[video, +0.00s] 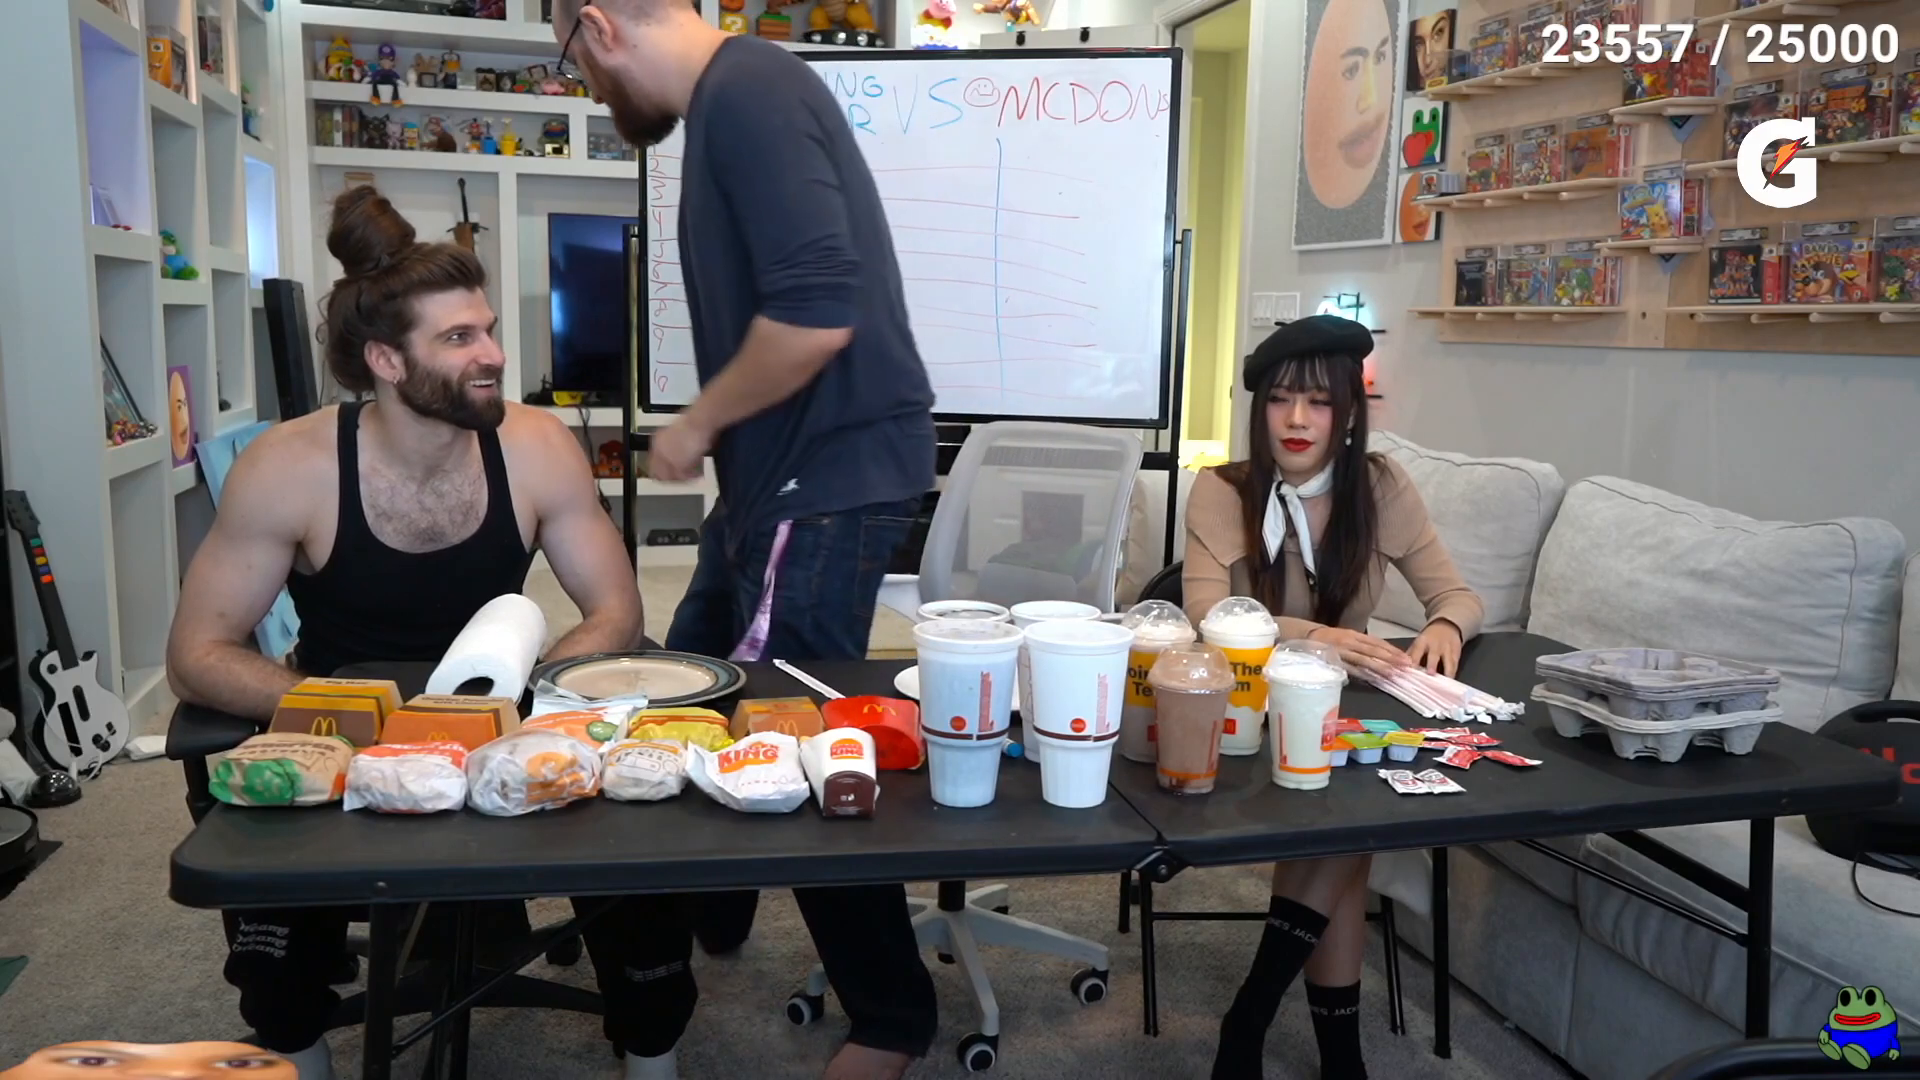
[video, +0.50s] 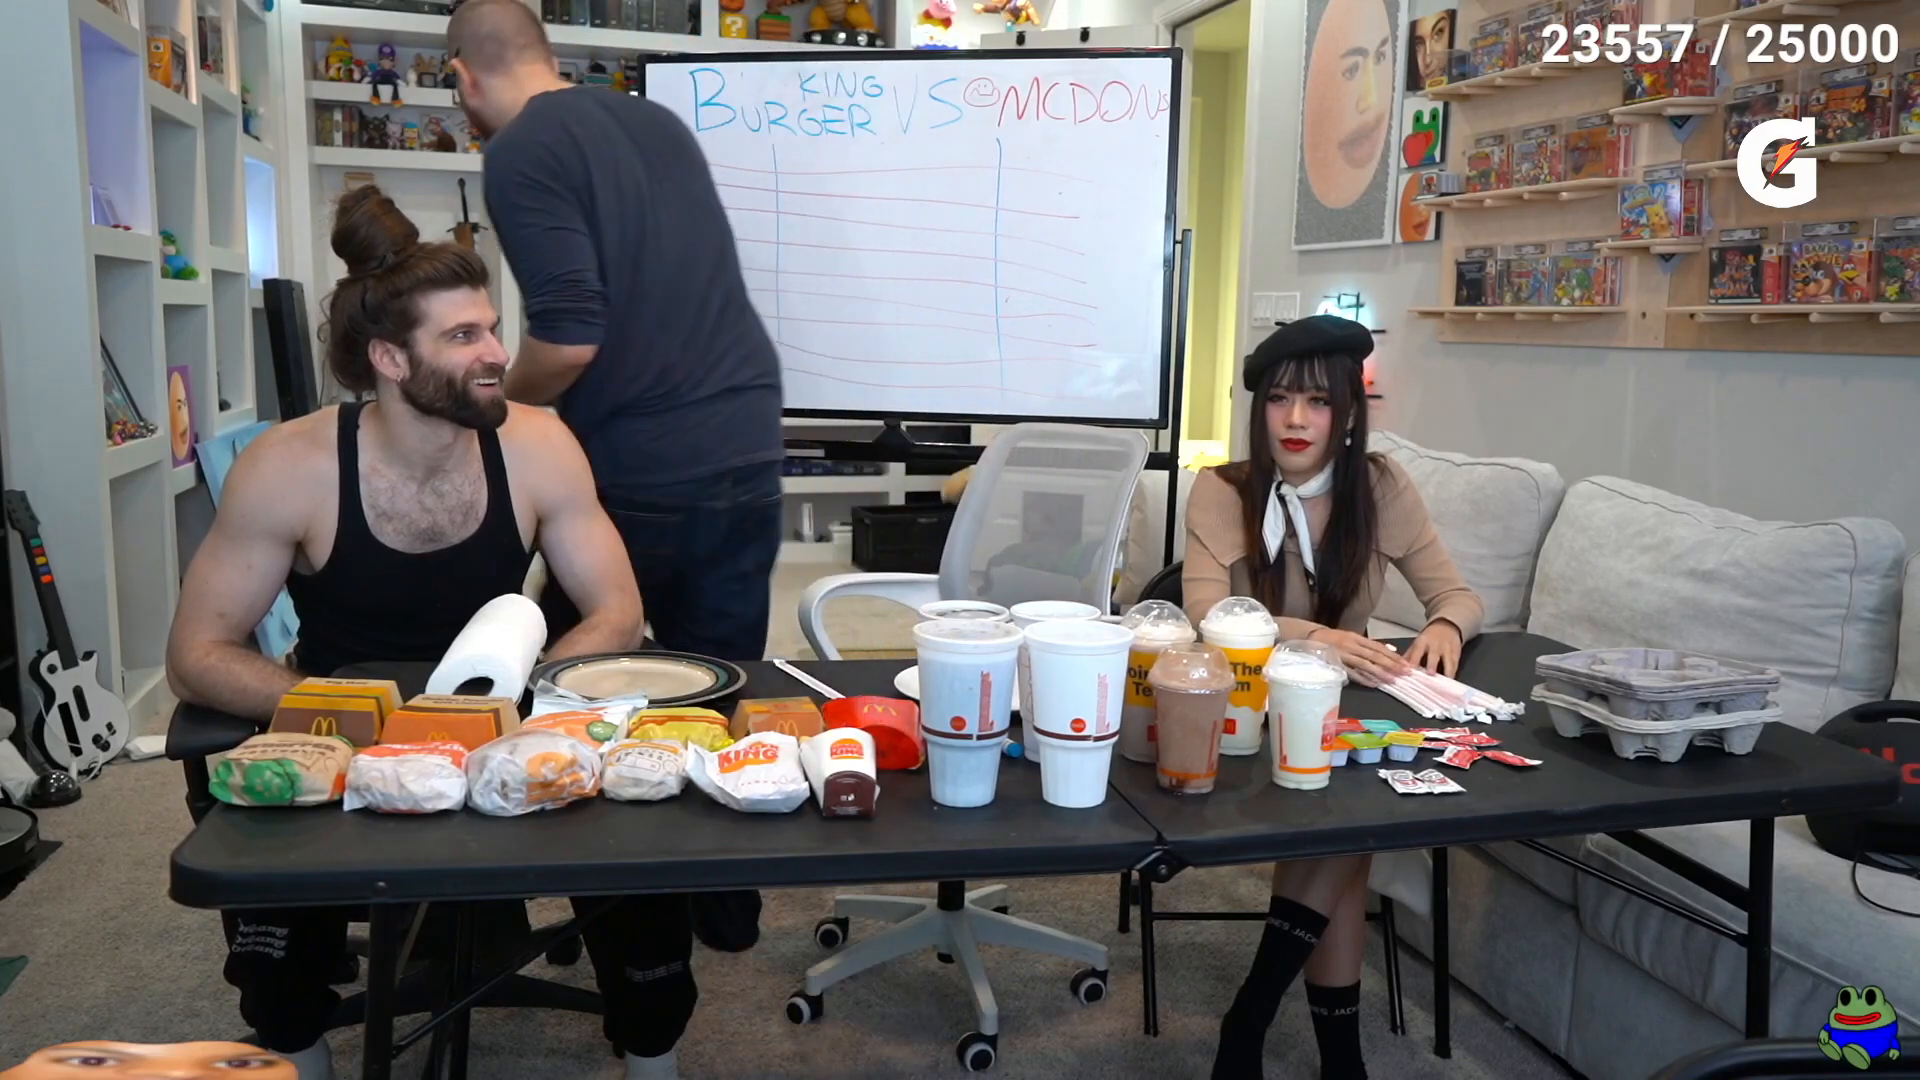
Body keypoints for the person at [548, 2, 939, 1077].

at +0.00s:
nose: (588, 89)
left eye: (576, 60)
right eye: (576, 68)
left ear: (607, 28)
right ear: (643, 21)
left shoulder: (749, 92)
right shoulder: (730, 103)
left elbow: (815, 310)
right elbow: (791, 312)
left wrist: (696, 422)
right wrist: (734, 441)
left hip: (829, 477)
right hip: (777, 477)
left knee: (795, 739)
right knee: (688, 699)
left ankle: (894, 1021)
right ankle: (710, 913)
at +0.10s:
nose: (568, 84)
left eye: (560, 57)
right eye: (558, 65)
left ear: (586, 24)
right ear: (638, 15)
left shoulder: (714, 100)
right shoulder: (717, 94)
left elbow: (757, 317)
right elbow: (758, 311)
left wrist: (652, 381)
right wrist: (664, 382)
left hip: (792, 472)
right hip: (766, 468)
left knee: (778, 741)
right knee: (703, 703)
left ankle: (894, 1016)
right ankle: (719, 903)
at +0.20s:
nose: (550, 83)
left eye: (544, 56)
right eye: (544, 61)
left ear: (570, 28)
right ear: (627, 18)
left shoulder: (679, 109)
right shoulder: (714, 97)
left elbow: (712, 322)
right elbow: (752, 301)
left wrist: (607, 359)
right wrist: (639, 360)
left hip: (754, 466)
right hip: (774, 457)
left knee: (773, 734)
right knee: (725, 703)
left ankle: (887, 1002)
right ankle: (720, 914)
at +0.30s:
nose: (519, 77)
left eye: (512, 53)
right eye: (517, 56)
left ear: (530, 32)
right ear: (607, 21)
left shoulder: (620, 120)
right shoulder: (707, 101)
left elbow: (654, 331)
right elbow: (734, 291)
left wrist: (564, 359)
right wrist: (614, 359)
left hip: (715, 460)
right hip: (779, 441)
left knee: (699, 719)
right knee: (718, 697)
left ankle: (856, 956)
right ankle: (721, 902)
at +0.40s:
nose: (489, 88)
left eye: (481, 68)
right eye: (482, 71)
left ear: (493, 55)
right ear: (576, 35)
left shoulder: (566, 137)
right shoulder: (689, 111)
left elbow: (606, 338)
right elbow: (716, 291)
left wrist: (524, 384)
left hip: (683, 477)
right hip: (774, 457)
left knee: (657, 707)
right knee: (740, 703)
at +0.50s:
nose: (462, 110)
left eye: (455, 92)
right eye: (457, 94)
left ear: (465, 75)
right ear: (548, 51)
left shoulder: (523, 154)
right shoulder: (658, 122)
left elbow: (570, 334)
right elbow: (689, 280)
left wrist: (496, 413)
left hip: (642, 473)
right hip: (746, 458)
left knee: (627, 689)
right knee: (728, 684)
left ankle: (631, 915)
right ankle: (727, 902)